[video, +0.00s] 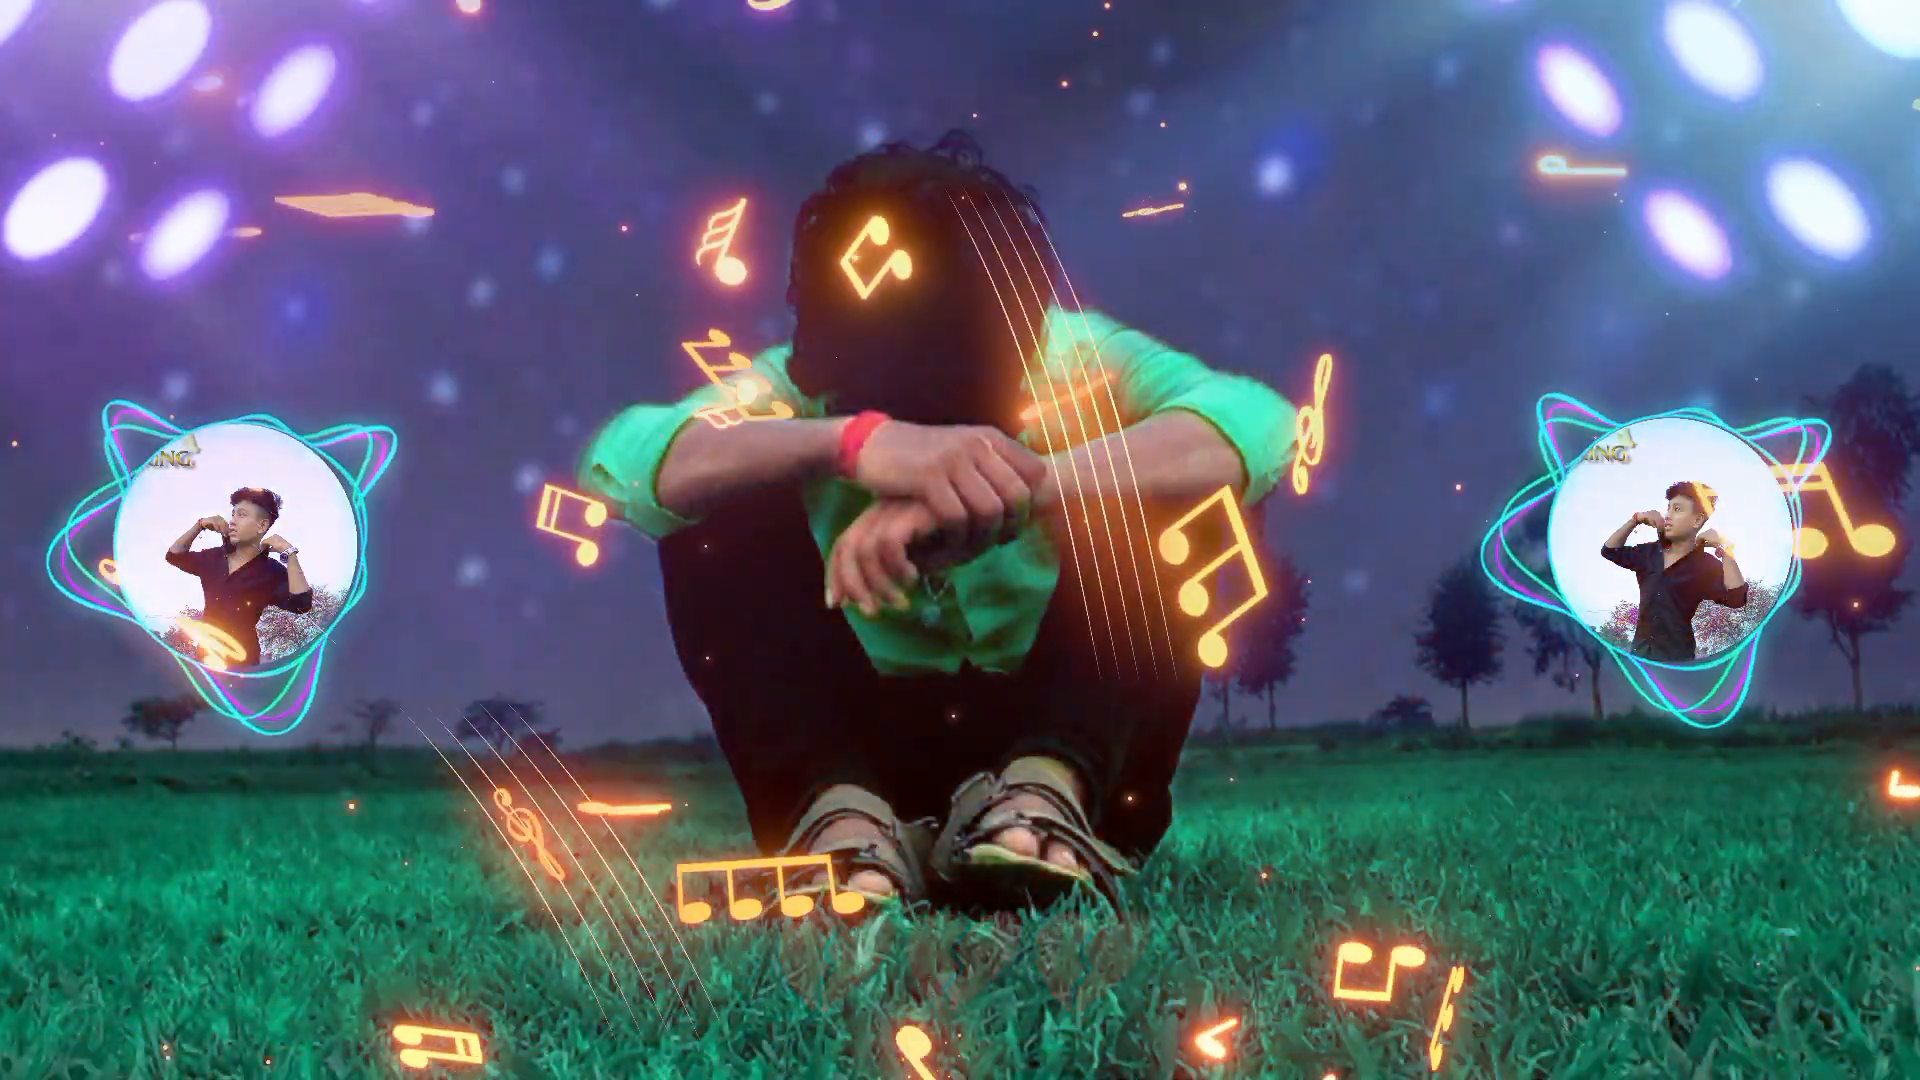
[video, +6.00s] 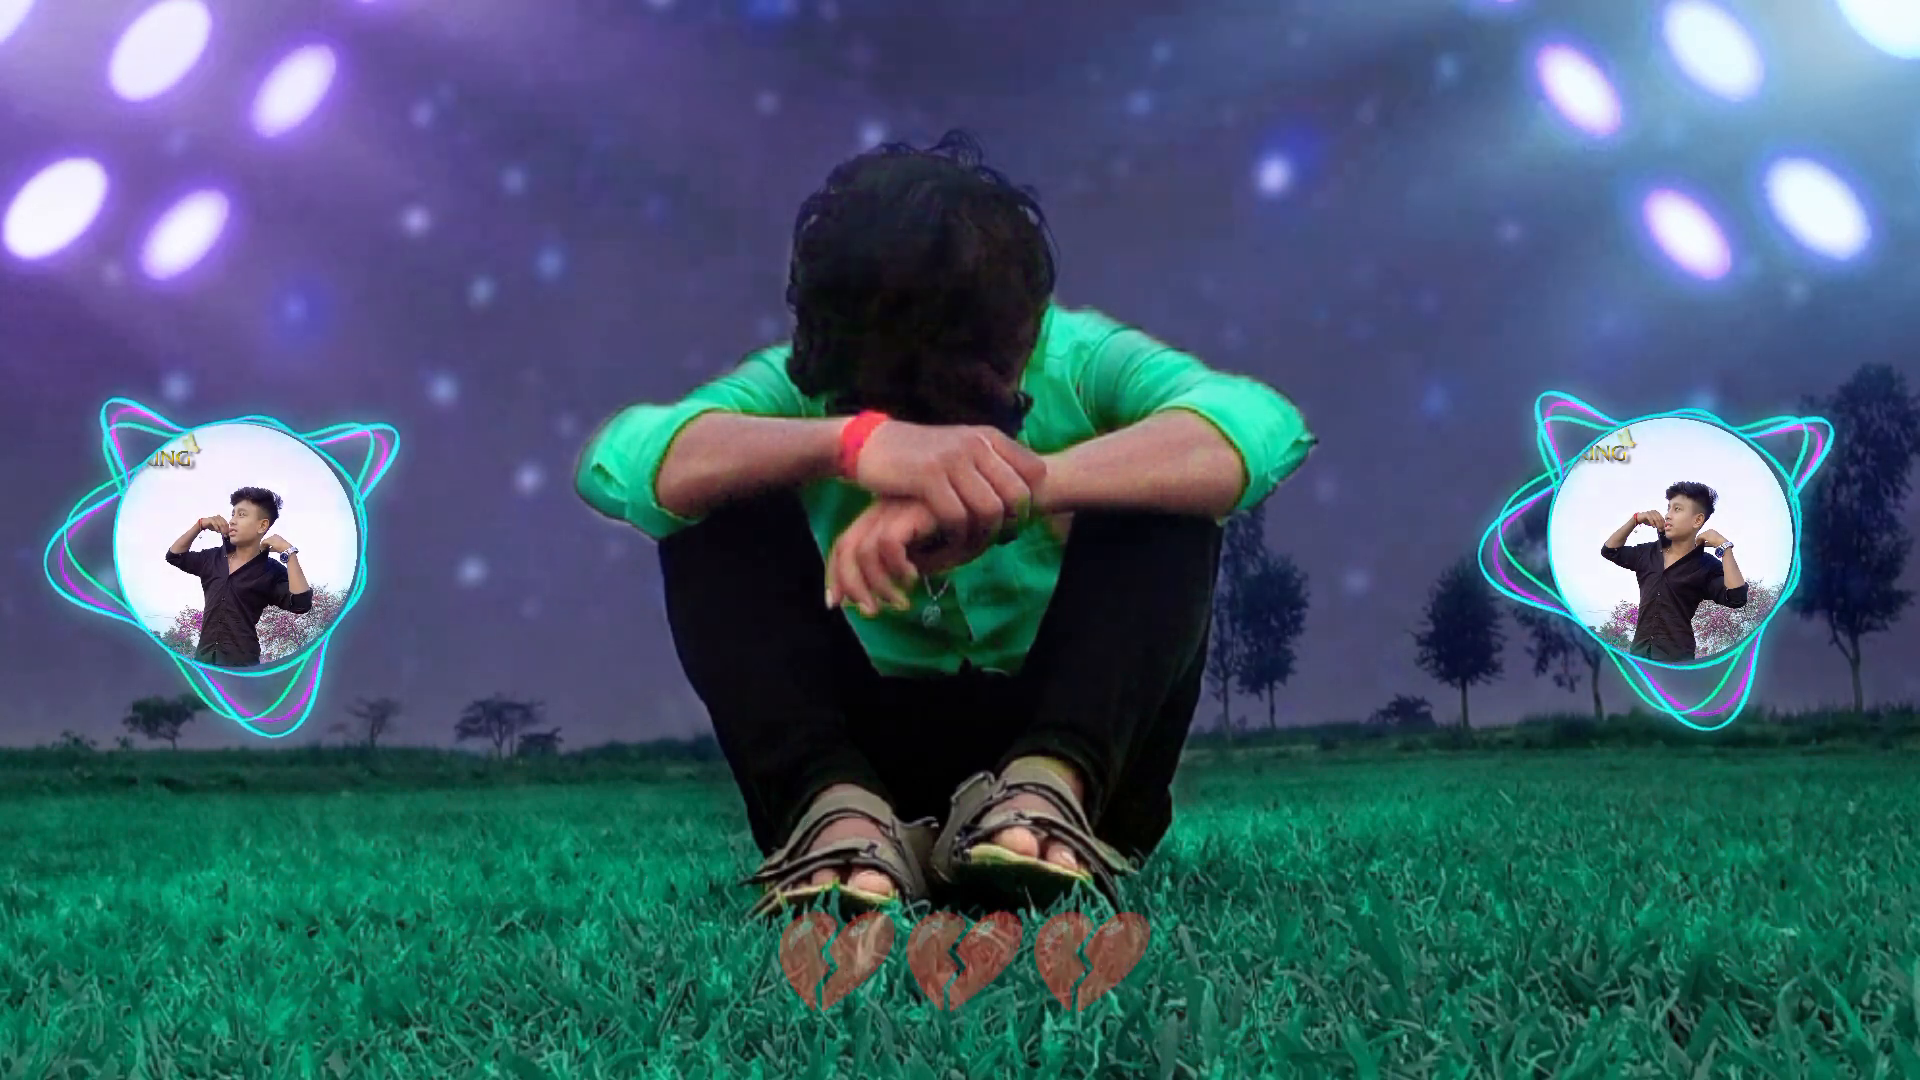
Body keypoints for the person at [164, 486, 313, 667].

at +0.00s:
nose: (232, 520)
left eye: (242, 515)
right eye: (233, 514)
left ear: (263, 525)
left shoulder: (271, 571)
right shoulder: (212, 559)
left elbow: (302, 605)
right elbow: (173, 556)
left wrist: (290, 554)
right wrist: (199, 526)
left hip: (243, 664)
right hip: (205, 658)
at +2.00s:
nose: (232, 521)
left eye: (242, 515)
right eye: (233, 514)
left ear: (263, 525)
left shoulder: (270, 570)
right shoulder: (212, 558)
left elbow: (302, 604)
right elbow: (174, 556)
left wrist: (290, 553)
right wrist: (199, 526)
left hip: (243, 664)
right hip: (204, 660)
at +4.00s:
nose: (232, 521)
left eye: (241, 515)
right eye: (233, 514)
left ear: (263, 525)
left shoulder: (270, 570)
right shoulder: (212, 558)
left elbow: (301, 604)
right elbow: (174, 556)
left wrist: (290, 553)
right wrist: (199, 526)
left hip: (242, 664)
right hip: (204, 660)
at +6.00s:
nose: (232, 520)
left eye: (241, 515)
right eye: (233, 514)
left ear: (263, 525)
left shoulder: (270, 570)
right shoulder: (212, 558)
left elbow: (301, 604)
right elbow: (174, 556)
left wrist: (289, 553)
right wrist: (199, 526)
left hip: (242, 664)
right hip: (204, 660)